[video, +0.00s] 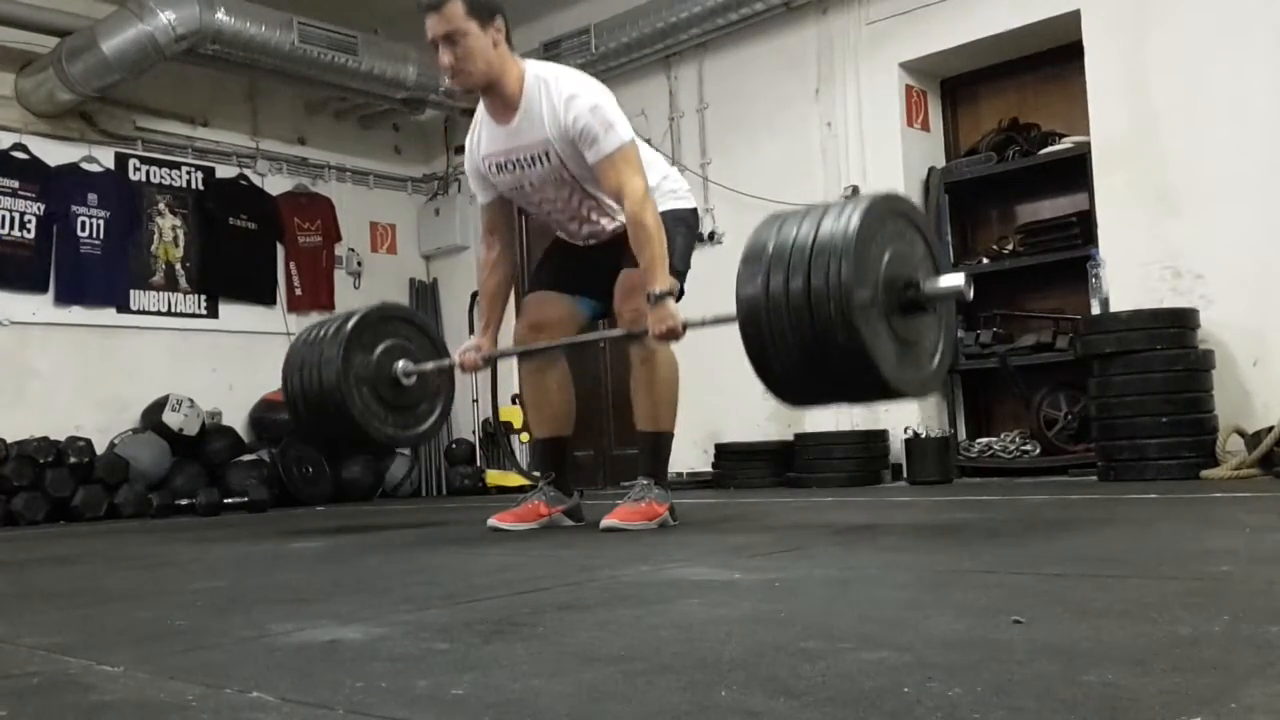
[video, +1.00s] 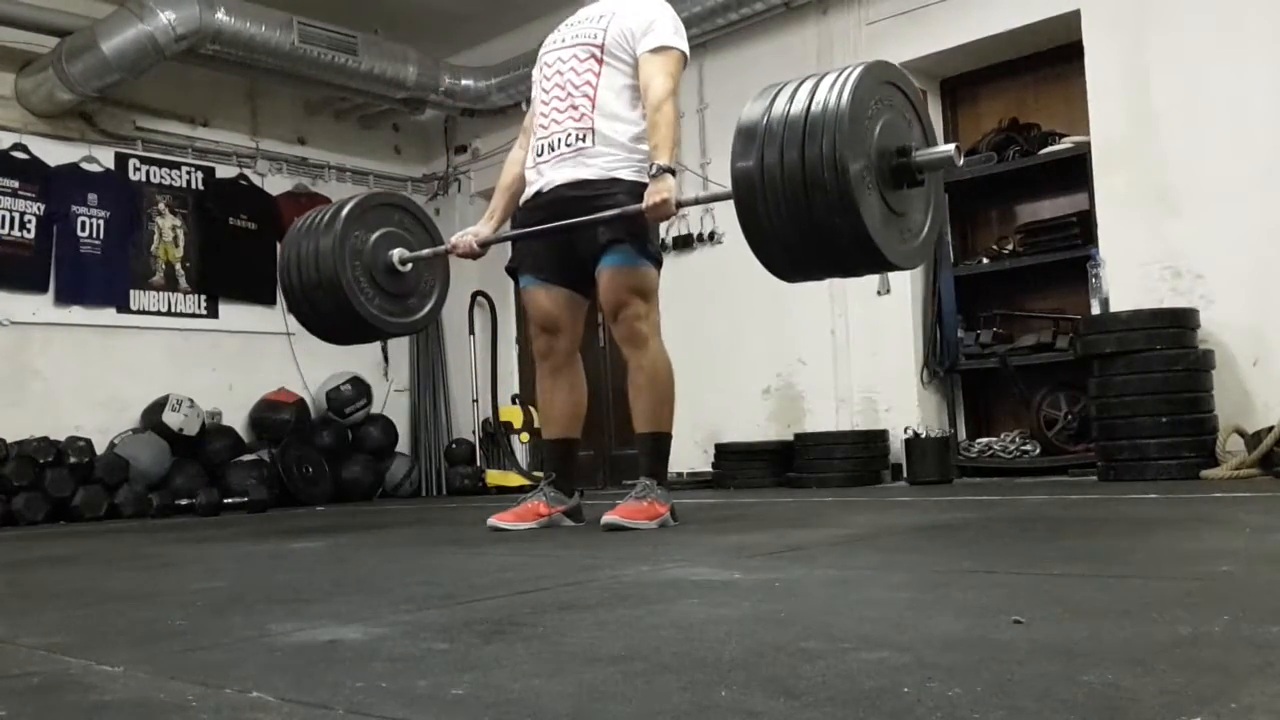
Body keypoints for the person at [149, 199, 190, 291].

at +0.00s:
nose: (162, 211)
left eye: (163, 209)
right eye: (160, 209)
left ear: (167, 208)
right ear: (159, 210)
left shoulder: (174, 220)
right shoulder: (158, 220)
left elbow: (180, 235)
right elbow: (156, 234)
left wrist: (181, 248)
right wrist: (154, 245)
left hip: (172, 243)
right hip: (161, 243)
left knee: (177, 265)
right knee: (160, 262)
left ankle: (183, 283)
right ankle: (159, 277)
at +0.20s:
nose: (162, 211)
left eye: (163, 209)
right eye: (160, 209)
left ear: (167, 208)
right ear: (159, 210)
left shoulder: (175, 220)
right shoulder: (158, 220)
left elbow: (180, 235)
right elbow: (156, 234)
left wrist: (181, 248)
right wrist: (154, 245)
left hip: (172, 243)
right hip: (161, 243)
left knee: (177, 265)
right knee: (160, 262)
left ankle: (183, 283)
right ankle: (159, 278)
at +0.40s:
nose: (162, 211)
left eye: (163, 209)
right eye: (160, 209)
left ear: (167, 208)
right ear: (159, 210)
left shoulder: (175, 221)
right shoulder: (158, 220)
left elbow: (180, 235)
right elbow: (156, 234)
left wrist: (181, 248)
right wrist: (154, 246)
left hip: (172, 243)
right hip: (161, 243)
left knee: (177, 265)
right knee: (160, 262)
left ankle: (182, 283)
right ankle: (159, 277)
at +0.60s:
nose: (162, 211)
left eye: (163, 209)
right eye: (160, 209)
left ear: (167, 208)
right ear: (159, 210)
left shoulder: (175, 221)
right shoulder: (158, 220)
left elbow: (180, 235)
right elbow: (156, 234)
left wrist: (180, 249)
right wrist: (154, 246)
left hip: (172, 244)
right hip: (161, 244)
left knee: (177, 265)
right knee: (160, 262)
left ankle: (183, 283)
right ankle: (159, 278)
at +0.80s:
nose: (162, 211)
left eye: (163, 209)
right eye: (160, 210)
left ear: (167, 208)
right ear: (159, 210)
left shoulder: (175, 221)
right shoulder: (158, 220)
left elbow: (180, 235)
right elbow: (156, 234)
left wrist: (181, 248)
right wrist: (154, 245)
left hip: (172, 243)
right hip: (162, 243)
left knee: (177, 265)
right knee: (160, 262)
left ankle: (182, 283)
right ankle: (159, 277)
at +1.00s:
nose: (162, 211)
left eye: (163, 209)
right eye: (160, 210)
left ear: (167, 208)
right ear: (159, 210)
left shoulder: (175, 221)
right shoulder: (158, 220)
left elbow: (180, 235)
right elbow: (156, 234)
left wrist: (181, 248)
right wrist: (154, 245)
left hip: (172, 243)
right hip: (162, 243)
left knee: (177, 265)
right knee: (160, 262)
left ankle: (182, 283)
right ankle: (159, 277)